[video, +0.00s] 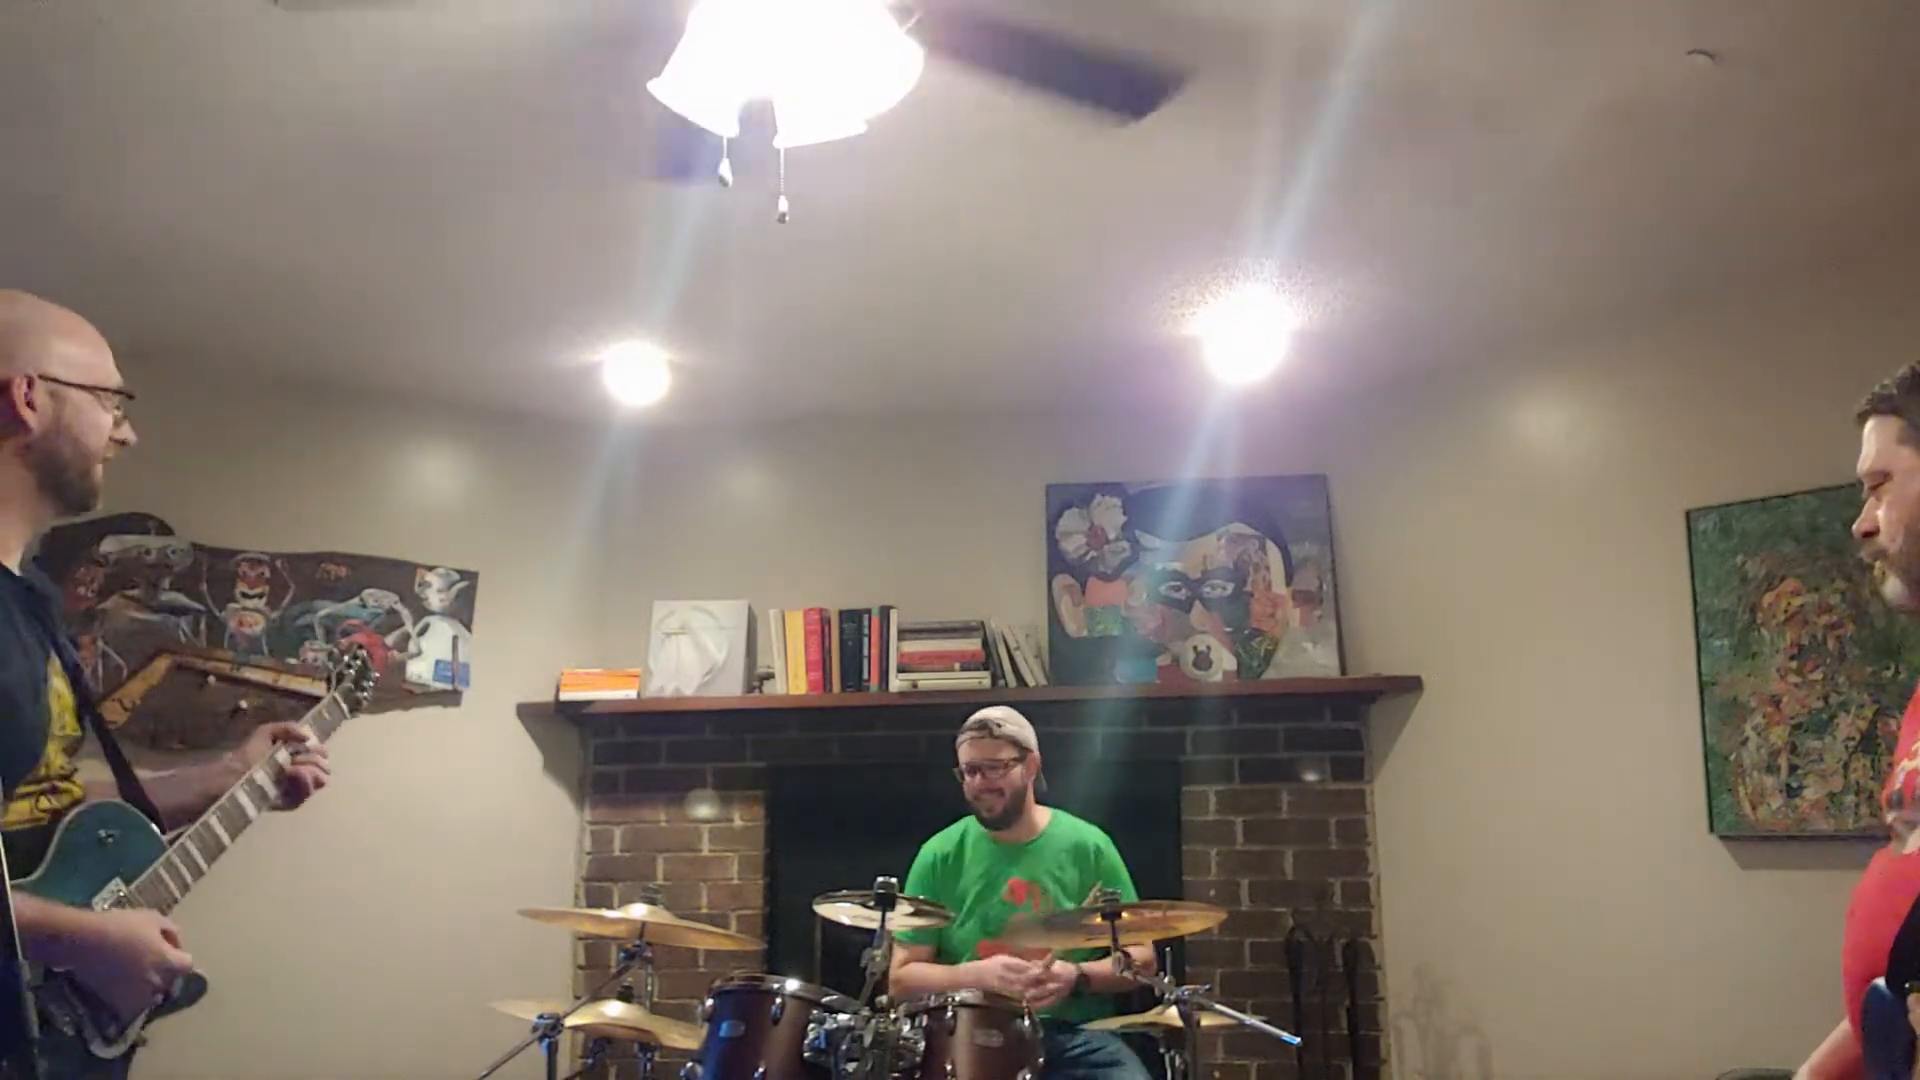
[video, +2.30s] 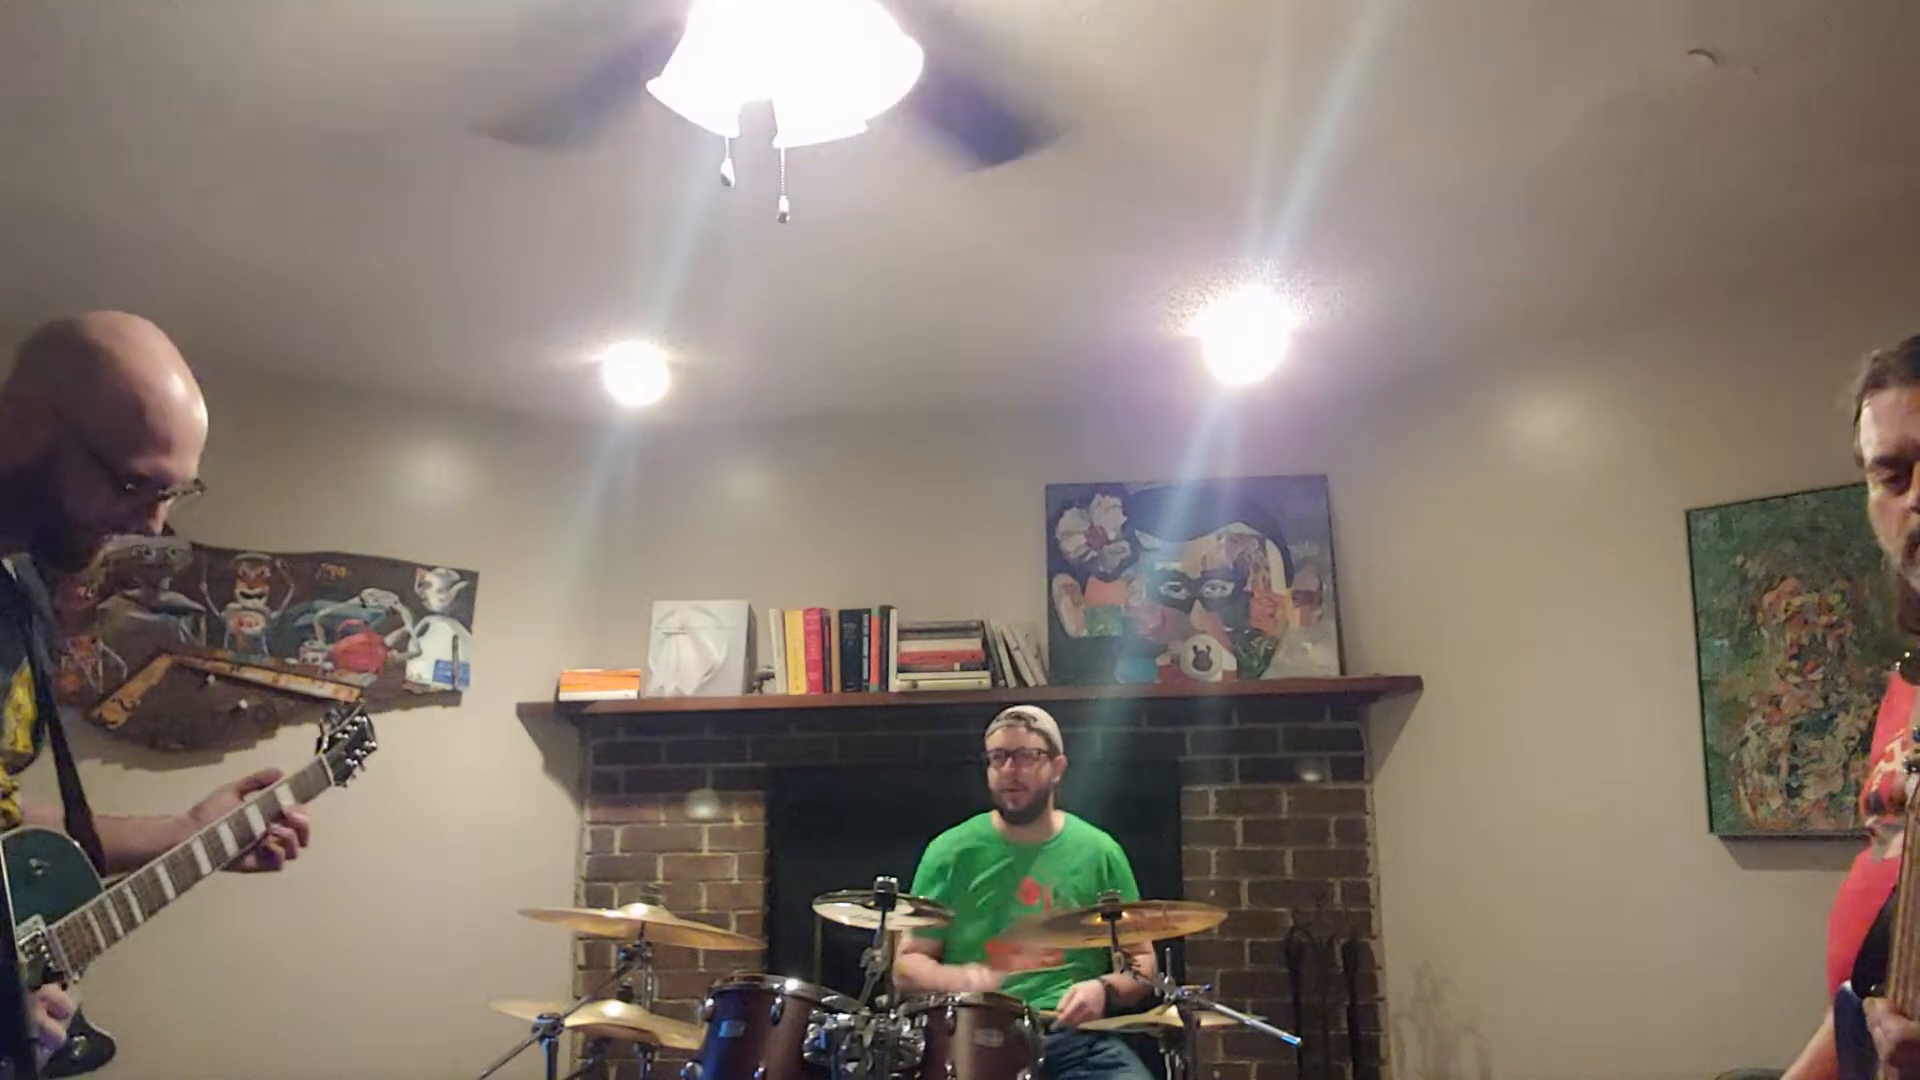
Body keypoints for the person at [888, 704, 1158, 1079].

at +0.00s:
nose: (982, 783)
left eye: (997, 768)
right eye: (971, 770)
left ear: (1031, 766)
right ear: (959, 775)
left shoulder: (1088, 846)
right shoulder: (940, 856)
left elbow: (1142, 959)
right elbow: (902, 976)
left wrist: (1078, 976)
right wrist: (981, 975)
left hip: (1074, 1030)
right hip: (971, 1032)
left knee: (1130, 1074)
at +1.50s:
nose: (993, 778)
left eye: (1008, 764)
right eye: (981, 765)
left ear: (1038, 767)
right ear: (967, 771)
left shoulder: (1088, 845)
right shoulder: (939, 854)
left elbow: (1140, 958)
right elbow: (904, 984)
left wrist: (1093, 976)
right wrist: (957, 933)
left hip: (1074, 1029)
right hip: (972, 1031)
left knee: (1130, 1074)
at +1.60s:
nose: (983, 782)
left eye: (999, 766)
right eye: (973, 768)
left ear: (1032, 767)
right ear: (962, 772)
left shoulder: (1086, 845)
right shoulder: (938, 849)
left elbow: (1140, 958)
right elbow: (912, 981)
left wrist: (1090, 980)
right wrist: (952, 883)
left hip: (1073, 1032)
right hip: (968, 1032)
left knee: (1132, 1075)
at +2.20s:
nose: (1000, 774)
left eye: (1017, 759)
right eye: (990, 761)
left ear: (1052, 767)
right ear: (980, 768)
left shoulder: (1095, 850)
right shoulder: (948, 847)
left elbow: (1143, 966)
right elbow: (907, 977)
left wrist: (1097, 982)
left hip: (1072, 1031)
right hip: (970, 1031)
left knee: (1131, 1074)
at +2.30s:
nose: (1009, 771)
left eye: (1026, 757)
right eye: (999, 758)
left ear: (1057, 768)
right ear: (987, 768)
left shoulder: (1099, 852)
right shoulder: (949, 852)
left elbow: (1143, 965)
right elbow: (908, 966)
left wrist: (1105, 988)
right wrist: (959, 978)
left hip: (1073, 1032)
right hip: (974, 1031)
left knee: (1133, 1075)